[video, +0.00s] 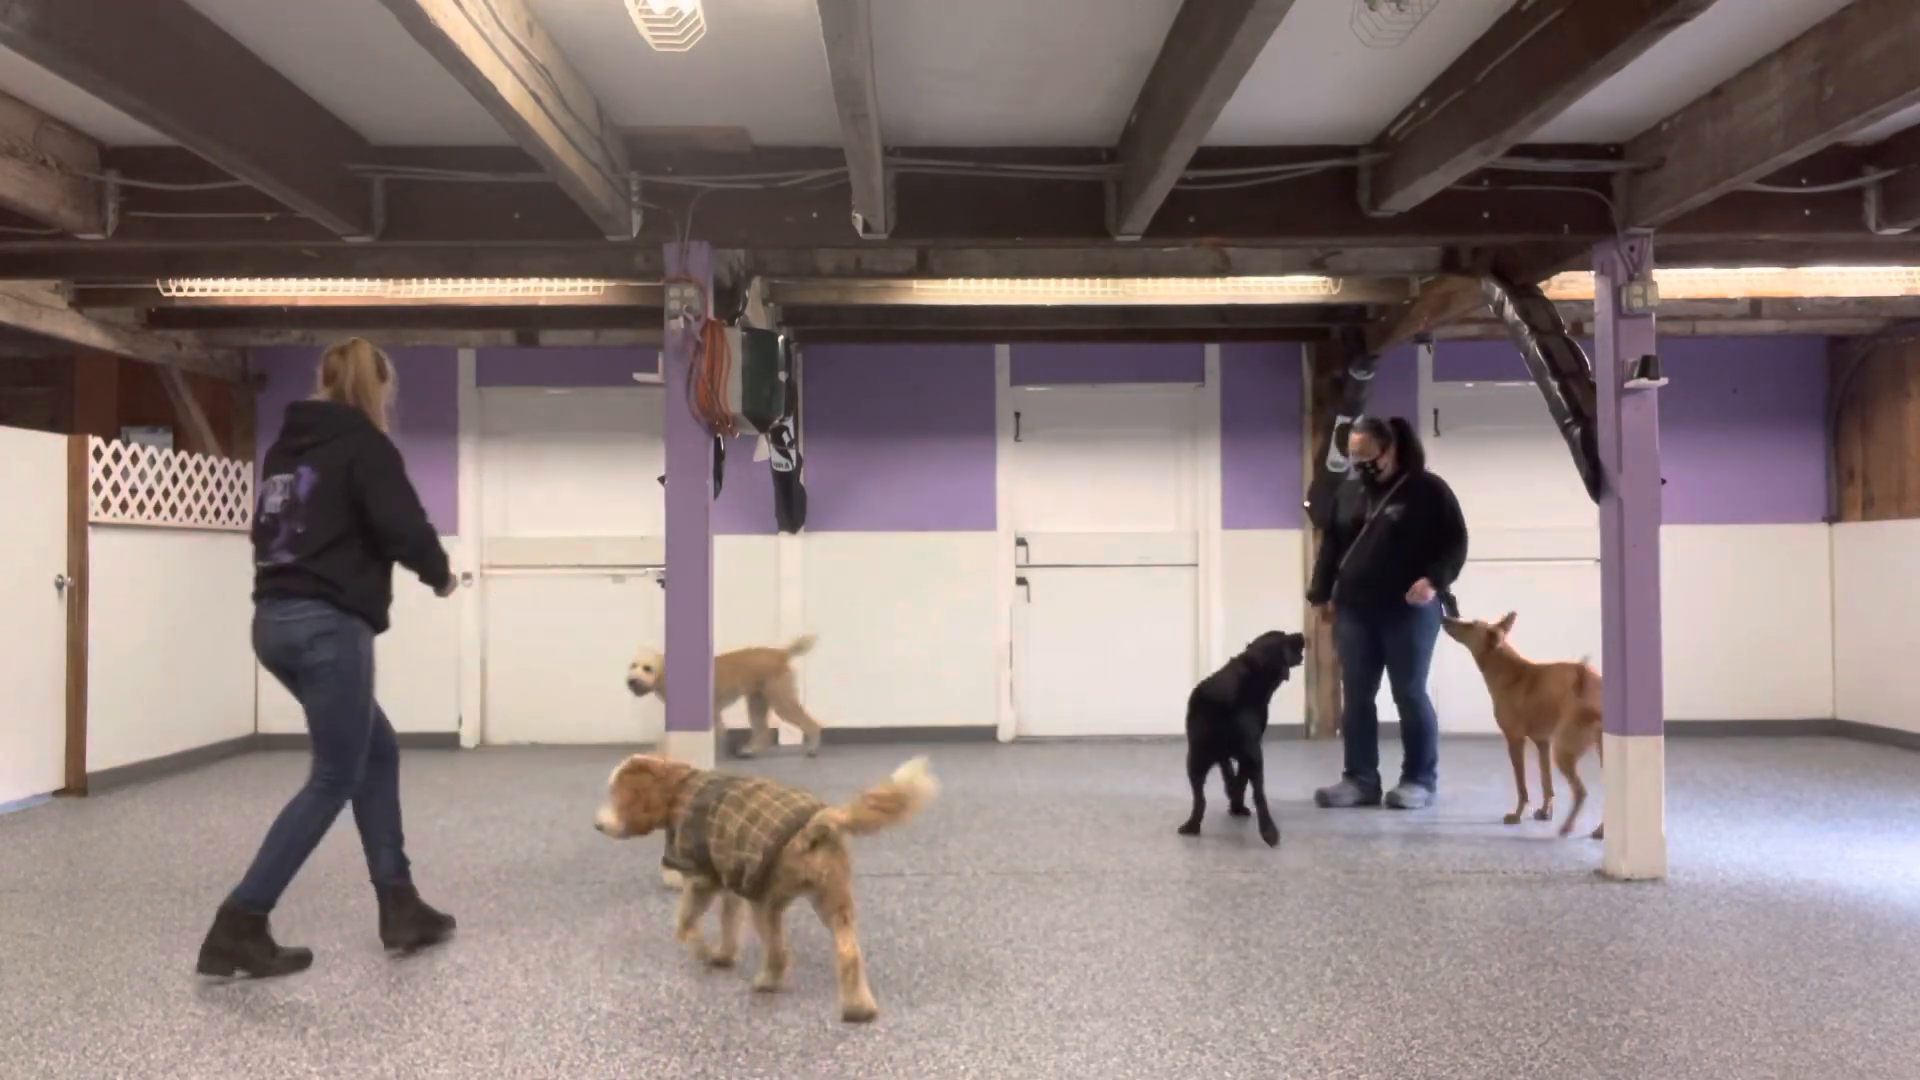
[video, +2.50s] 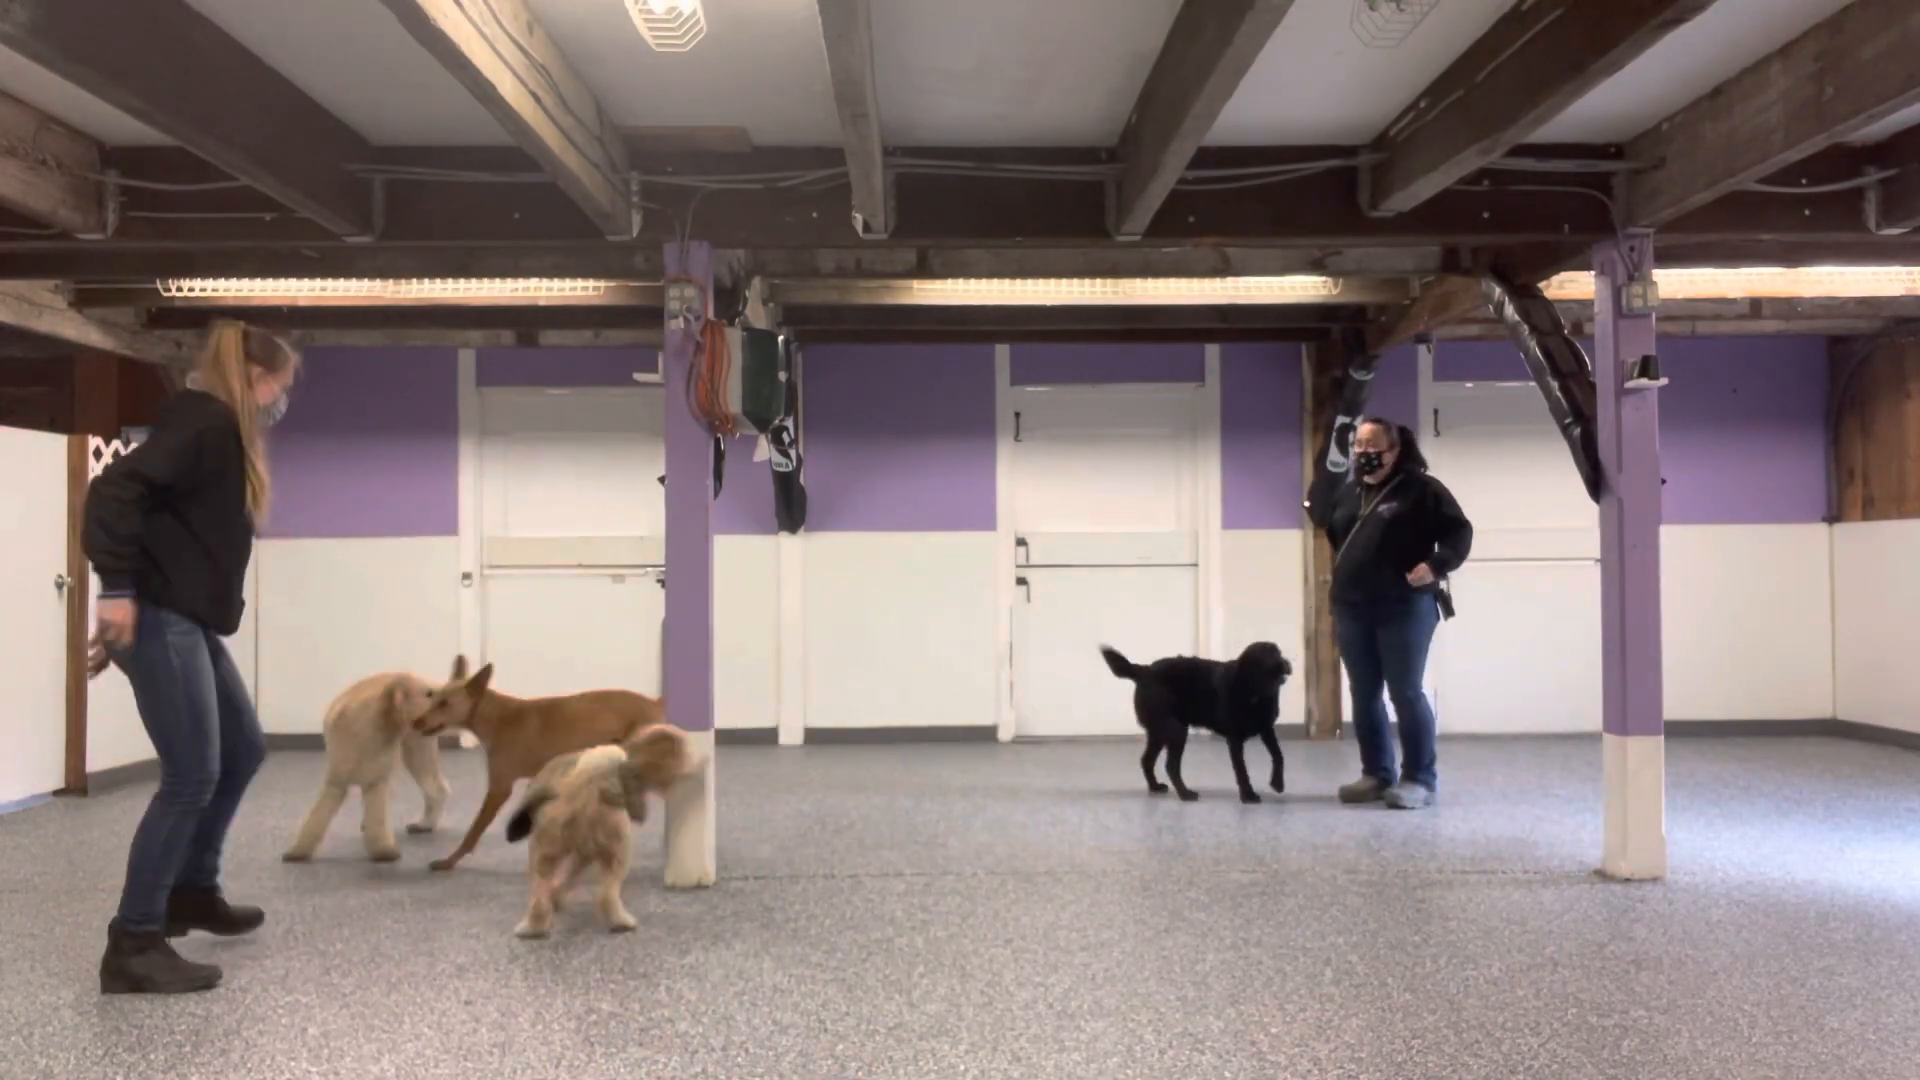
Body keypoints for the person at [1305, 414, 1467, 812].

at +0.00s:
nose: (1367, 468)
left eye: (1372, 459)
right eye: (1361, 461)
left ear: (1393, 448)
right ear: (1354, 457)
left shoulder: (1428, 489)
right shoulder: (1353, 489)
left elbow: (1456, 541)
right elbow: (1334, 542)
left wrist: (1434, 580)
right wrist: (1322, 593)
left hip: (1410, 606)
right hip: (1356, 608)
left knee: (1409, 694)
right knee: (1357, 697)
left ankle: (1419, 782)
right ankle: (1361, 780)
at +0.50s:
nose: (1374, 462)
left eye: (1381, 454)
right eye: (1369, 455)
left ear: (1404, 448)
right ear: (1363, 454)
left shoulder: (1435, 489)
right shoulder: (1359, 492)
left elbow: (1461, 540)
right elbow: (1343, 543)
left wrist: (1424, 573)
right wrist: (1338, 589)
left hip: (1415, 603)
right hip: (1363, 604)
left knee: (1413, 692)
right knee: (1372, 694)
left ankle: (1420, 782)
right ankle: (1378, 774)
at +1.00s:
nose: (1367, 463)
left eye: (1374, 454)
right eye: (1362, 456)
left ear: (1396, 449)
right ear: (1357, 456)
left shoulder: (1426, 488)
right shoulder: (1358, 491)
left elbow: (1447, 541)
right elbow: (1323, 511)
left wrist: (1412, 580)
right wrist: (1333, 465)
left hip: (1409, 602)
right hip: (1356, 601)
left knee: (1405, 691)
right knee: (1364, 692)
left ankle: (1414, 779)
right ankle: (1375, 775)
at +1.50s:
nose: (1360, 463)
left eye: (1367, 454)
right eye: (1354, 456)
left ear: (1390, 448)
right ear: (1350, 457)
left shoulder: (1421, 486)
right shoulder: (1351, 493)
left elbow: (1449, 536)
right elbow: (1326, 519)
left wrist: (1409, 575)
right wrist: (1330, 469)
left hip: (1407, 601)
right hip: (1355, 602)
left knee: (1409, 689)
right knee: (1368, 691)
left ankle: (1419, 780)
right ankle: (1377, 774)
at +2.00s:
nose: (1364, 450)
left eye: (1373, 443)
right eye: (1359, 444)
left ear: (1395, 447)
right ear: (1353, 449)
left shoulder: (1421, 485)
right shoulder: (1352, 490)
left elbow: (1451, 535)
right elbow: (1321, 516)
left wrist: (1414, 574)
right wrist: (1329, 468)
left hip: (1405, 600)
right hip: (1355, 602)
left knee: (1410, 691)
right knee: (1369, 691)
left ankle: (1420, 781)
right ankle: (1377, 775)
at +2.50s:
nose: (1365, 453)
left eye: (1373, 446)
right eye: (1359, 447)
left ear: (1395, 449)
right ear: (1352, 451)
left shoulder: (1421, 488)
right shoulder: (1350, 492)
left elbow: (1460, 532)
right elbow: (1335, 532)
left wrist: (1435, 565)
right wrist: (1320, 510)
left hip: (1405, 603)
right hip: (1352, 605)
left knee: (1406, 692)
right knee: (1365, 695)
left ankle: (1419, 781)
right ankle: (1378, 775)